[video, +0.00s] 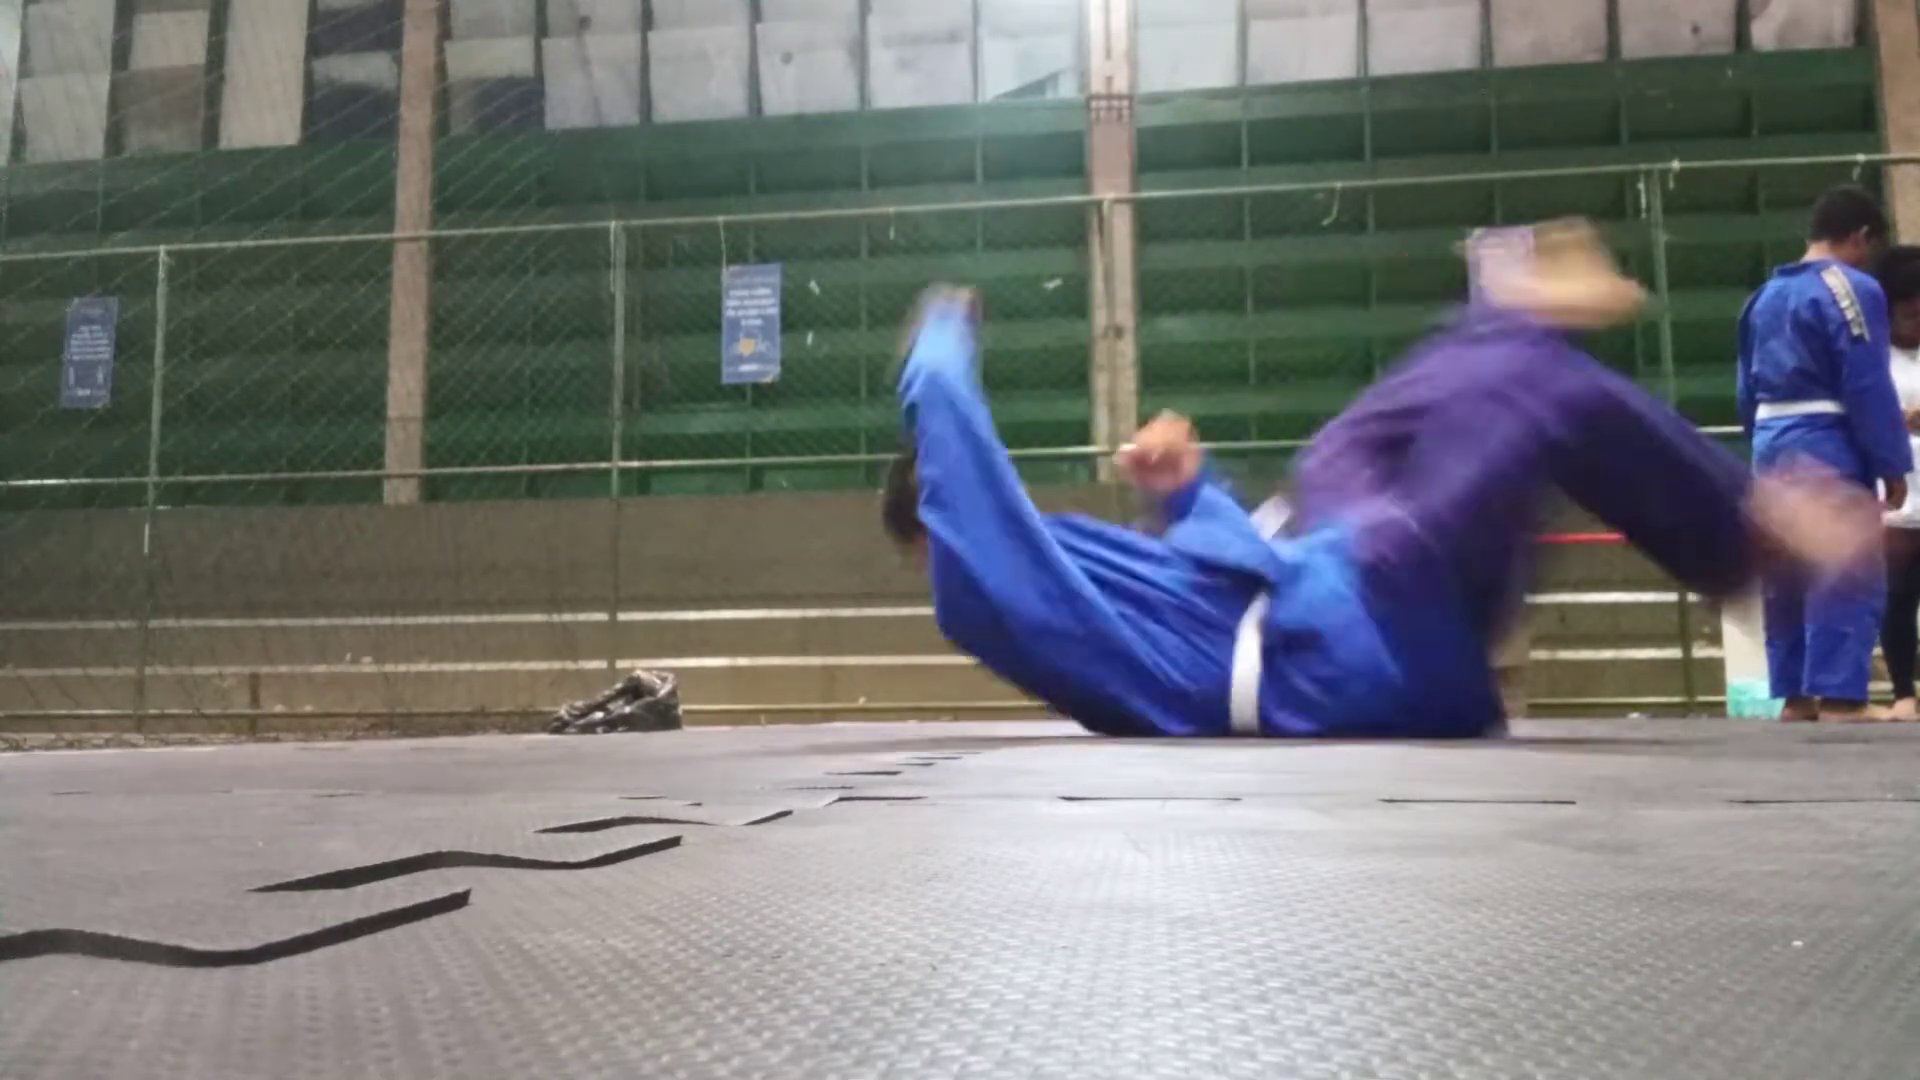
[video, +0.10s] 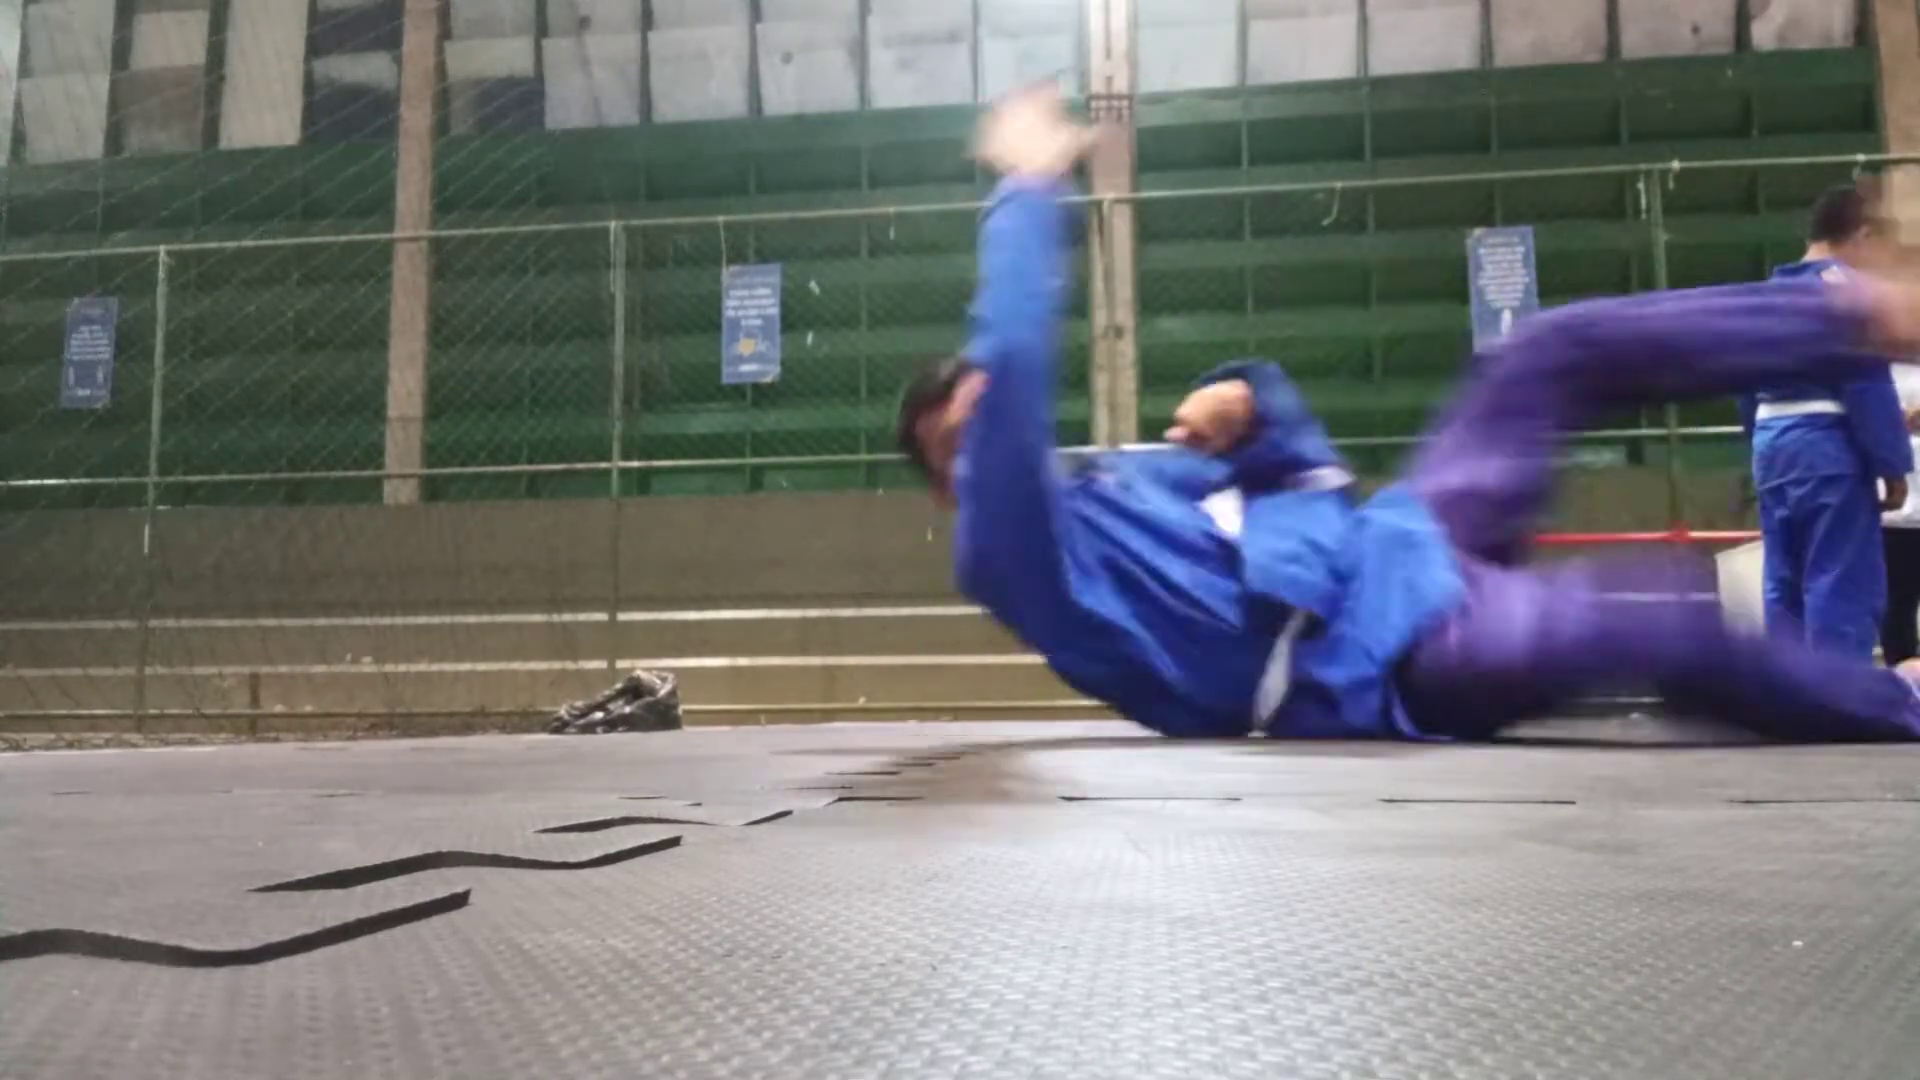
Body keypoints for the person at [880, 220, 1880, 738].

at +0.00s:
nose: (994, 491)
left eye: (987, 483)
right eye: (972, 488)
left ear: (951, 516)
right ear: (947, 506)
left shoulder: (1077, 571)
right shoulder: (995, 578)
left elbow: (1244, 575)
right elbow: (951, 438)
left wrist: (1186, 487)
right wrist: (937, 355)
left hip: (1362, 646)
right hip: (1327, 644)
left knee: (1476, 375)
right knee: (1535, 373)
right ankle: (1761, 536)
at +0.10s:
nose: (988, 424)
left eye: (989, 403)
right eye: (961, 427)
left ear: (1018, 411)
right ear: (940, 475)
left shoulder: (1125, 480)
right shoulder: (1006, 554)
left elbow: (1303, 480)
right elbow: (1013, 361)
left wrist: (1250, 410)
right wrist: (1028, 183)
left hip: (1411, 533)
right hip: (1403, 644)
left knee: (1549, 347)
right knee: (1680, 630)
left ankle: (1866, 316)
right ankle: (1902, 710)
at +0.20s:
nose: (1027, 407)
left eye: (1029, 375)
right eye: (993, 413)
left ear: (1072, 351)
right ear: (977, 454)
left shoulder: (1181, 410)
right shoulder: (1050, 541)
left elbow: (1383, 383)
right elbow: (1132, 444)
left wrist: (1308, 414)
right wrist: (1200, 247)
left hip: (1464, 507)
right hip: (1417, 652)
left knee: (1737, 350)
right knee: (1649, 668)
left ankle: (1908, 395)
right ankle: (1903, 707)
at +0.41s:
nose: (1115, 387)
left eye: (1111, 345)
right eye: (1070, 390)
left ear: (1135, 305)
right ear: (1035, 418)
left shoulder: (1254, 320)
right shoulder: (1114, 530)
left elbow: (1495, 303)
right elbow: (1190, 687)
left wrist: (1423, 396)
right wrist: (1378, 700)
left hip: (1576, 478)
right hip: (1511, 639)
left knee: (1822, 413)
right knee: (1706, 660)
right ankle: (1901, 699)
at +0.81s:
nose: (1024, 472)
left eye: (1018, 432)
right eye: (978, 478)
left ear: (1043, 409)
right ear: (937, 520)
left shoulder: (1146, 436)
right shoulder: (1070, 637)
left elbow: (1354, 373)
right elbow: (1246, 690)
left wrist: (1334, 493)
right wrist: (1455, 727)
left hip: (1491, 486)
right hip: (1486, 642)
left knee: (1723, 305)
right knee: (1761, 606)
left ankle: (1906, 313)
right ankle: (1901, 706)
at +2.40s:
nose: (1090, 425)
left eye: (1090, 388)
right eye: (1047, 422)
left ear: (1112, 360)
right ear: (998, 447)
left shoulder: (1187, 413)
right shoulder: (1079, 581)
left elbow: (1398, 379)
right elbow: (1183, 694)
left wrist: (1415, 396)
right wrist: (1390, 699)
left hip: (1521, 497)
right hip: (1487, 648)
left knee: (1784, 375)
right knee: (1737, 516)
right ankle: (1911, 638)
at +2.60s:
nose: (1230, 358)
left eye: (1241, 318)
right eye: (1185, 341)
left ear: (1263, 288)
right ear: (1112, 344)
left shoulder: (1302, 341)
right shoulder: (1150, 497)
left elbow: (1544, 383)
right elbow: (1195, 686)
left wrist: (1569, 323)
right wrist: (1400, 684)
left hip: (1571, 509)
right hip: (1506, 676)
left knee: (1862, 391)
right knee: (1680, 527)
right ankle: (1908, 630)